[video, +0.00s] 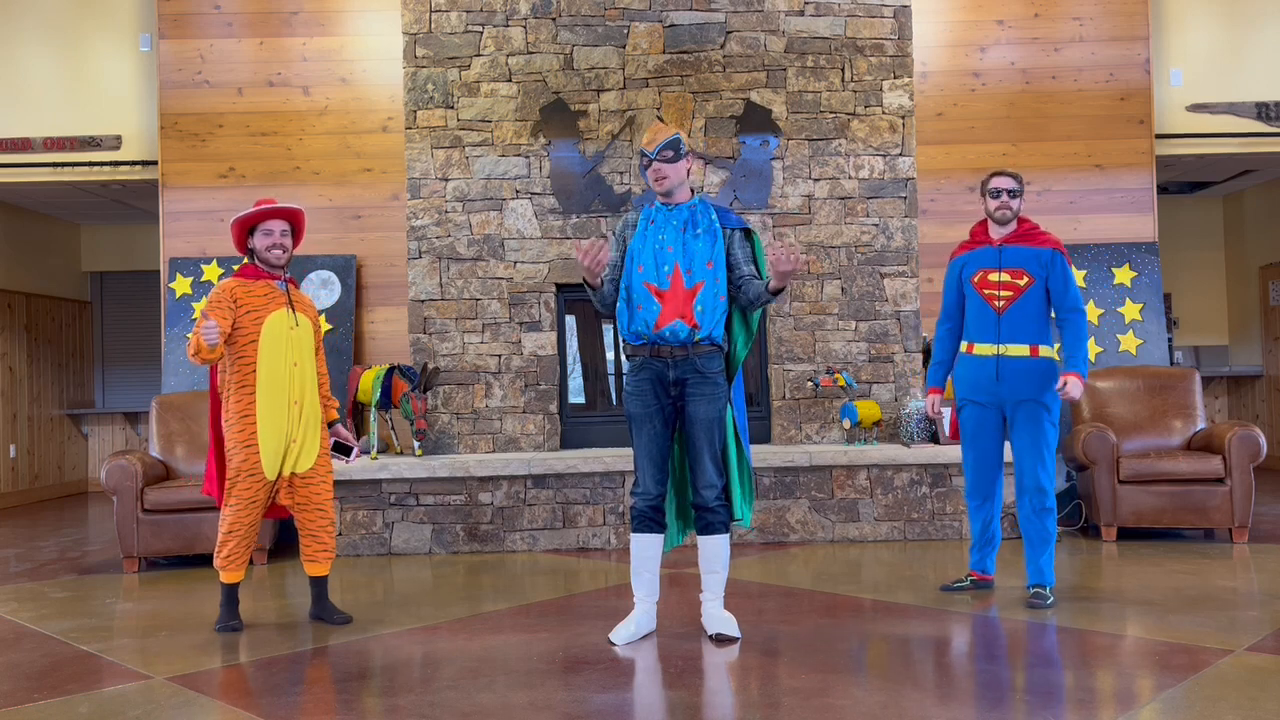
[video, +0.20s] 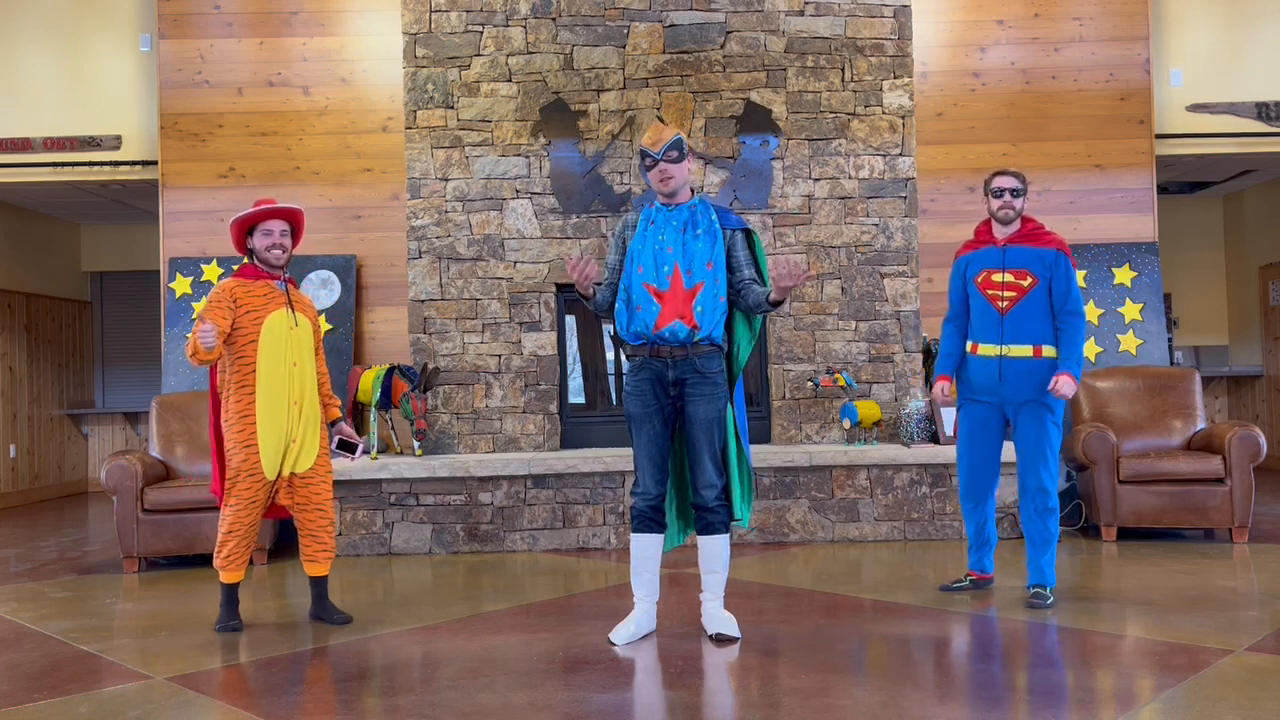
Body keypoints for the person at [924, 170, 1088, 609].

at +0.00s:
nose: (1003, 200)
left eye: (1011, 194)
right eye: (995, 194)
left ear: (1022, 201)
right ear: (983, 200)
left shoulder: (1046, 252)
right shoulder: (963, 257)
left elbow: (1072, 315)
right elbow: (948, 325)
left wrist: (1076, 368)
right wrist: (936, 384)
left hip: (1033, 390)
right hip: (976, 392)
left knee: (1035, 487)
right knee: (980, 485)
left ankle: (1040, 580)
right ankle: (980, 572)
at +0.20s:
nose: (1006, 200)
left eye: (1014, 193)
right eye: (998, 193)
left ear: (1026, 200)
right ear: (986, 200)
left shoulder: (1052, 253)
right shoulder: (968, 256)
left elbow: (1071, 317)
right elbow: (954, 320)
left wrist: (1068, 369)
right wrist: (944, 372)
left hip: (1037, 392)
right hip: (979, 393)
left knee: (1039, 488)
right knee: (974, 484)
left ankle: (1041, 581)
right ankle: (980, 571)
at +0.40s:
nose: (1004, 200)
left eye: (1012, 193)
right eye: (996, 194)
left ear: (1025, 199)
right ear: (985, 201)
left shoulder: (1051, 253)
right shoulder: (967, 256)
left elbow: (1068, 321)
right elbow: (953, 322)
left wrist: (1071, 378)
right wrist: (943, 379)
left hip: (1036, 390)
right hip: (978, 391)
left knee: (1037, 487)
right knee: (981, 484)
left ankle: (1041, 581)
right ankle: (981, 572)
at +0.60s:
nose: (1001, 200)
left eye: (1010, 193)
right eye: (993, 194)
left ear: (1021, 200)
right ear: (982, 201)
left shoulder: (1047, 253)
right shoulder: (963, 256)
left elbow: (1067, 323)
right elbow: (949, 326)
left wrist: (1078, 383)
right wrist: (938, 385)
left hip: (1031, 388)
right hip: (976, 390)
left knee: (1034, 485)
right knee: (983, 484)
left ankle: (1040, 581)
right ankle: (981, 572)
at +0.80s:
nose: (996, 201)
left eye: (1004, 194)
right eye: (988, 194)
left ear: (1016, 201)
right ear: (977, 201)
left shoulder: (1040, 253)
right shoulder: (959, 256)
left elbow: (1059, 324)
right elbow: (947, 326)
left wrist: (1068, 384)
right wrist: (937, 384)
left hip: (1027, 389)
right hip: (973, 391)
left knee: (1032, 486)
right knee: (985, 484)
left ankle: (1040, 581)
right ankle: (982, 571)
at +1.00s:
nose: (994, 201)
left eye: (1002, 195)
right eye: (985, 195)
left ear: (1013, 201)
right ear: (974, 202)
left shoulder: (1038, 254)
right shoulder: (957, 257)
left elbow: (1056, 325)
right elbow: (945, 327)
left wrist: (1059, 383)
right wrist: (936, 385)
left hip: (1024, 390)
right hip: (971, 391)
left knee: (1030, 487)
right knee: (984, 485)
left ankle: (1039, 581)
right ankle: (982, 572)